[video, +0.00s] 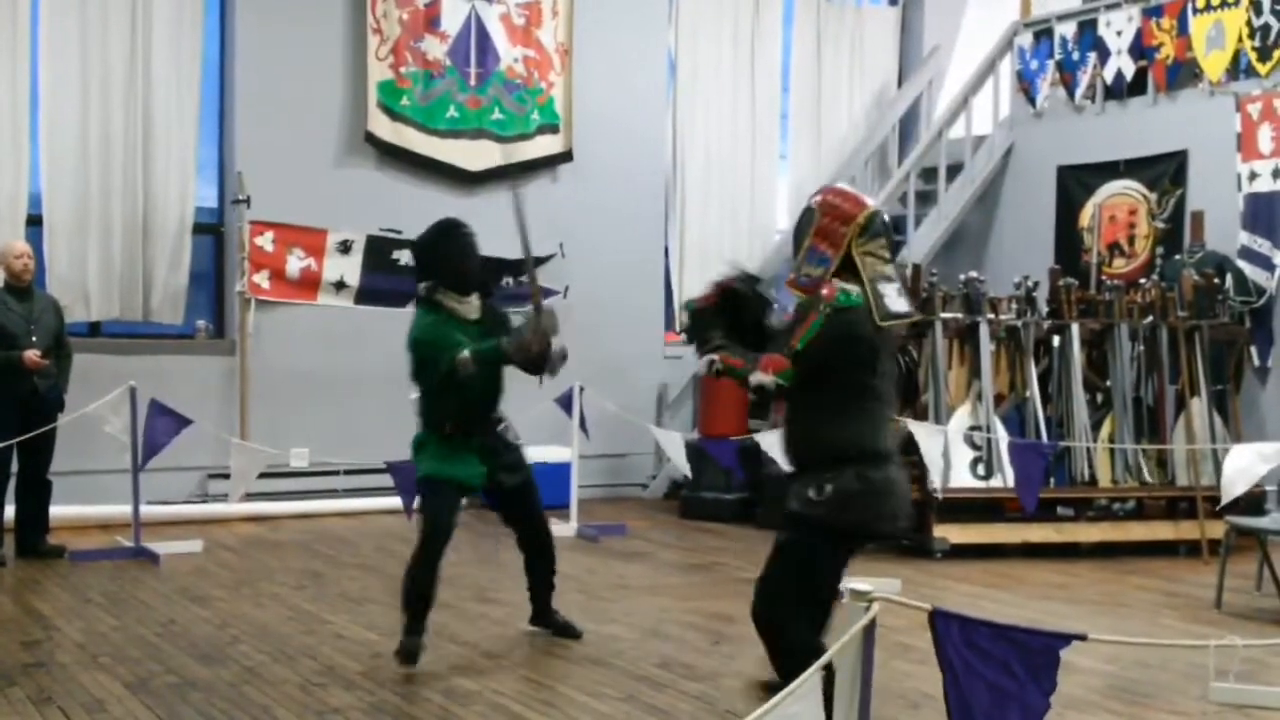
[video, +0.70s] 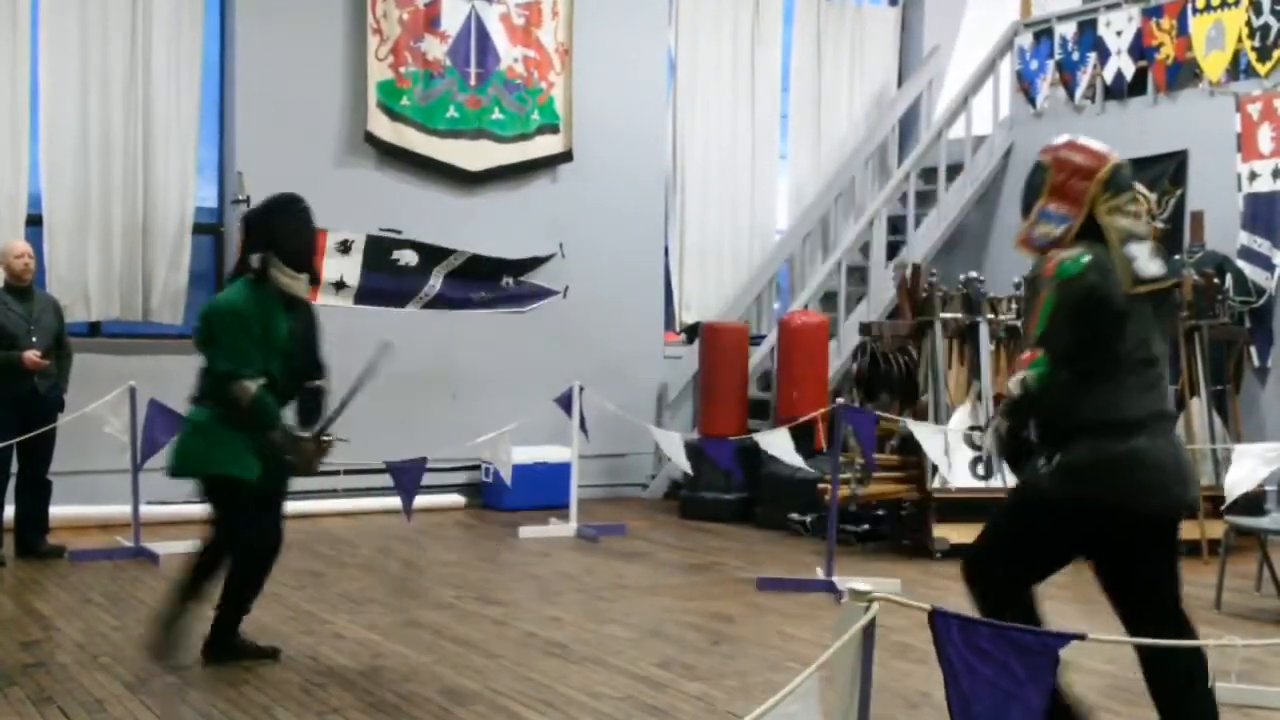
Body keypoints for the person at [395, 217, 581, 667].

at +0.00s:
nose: (476, 264)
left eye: (474, 255)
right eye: (465, 257)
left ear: (471, 260)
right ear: (442, 266)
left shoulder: (487, 314)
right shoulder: (428, 327)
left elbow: (518, 355)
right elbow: (455, 365)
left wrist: (541, 351)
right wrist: (508, 349)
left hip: (491, 437)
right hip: (444, 444)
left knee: (534, 528)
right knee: (435, 535)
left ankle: (542, 610)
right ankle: (413, 631)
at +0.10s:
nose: (454, 271)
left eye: (452, 264)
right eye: (445, 264)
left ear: (445, 273)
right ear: (424, 272)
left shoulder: (463, 324)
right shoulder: (404, 332)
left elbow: (497, 357)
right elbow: (451, 355)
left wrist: (532, 346)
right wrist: (509, 317)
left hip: (453, 453)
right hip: (406, 456)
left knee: (503, 530)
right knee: (416, 544)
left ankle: (527, 612)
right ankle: (406, 652)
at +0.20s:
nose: (431, 271)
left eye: (430, 262)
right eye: (421, 263)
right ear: (396, 271)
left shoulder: (426, 320)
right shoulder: (379, 328)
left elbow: (459, 342)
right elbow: (431, 343)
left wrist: (493, 347)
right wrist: (497, 320)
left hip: (418, 456)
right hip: (376, 458)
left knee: (480, 526)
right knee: (408, 537)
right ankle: (402, 652)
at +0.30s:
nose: (407, 265)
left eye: (404, 256)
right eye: (395, 257)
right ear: (371, 269)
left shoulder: (410, 326)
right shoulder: (351, 322)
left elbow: (439, 394)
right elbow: (386, 345)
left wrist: (453, 379)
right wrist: (435, 352)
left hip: (391, 452)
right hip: (353, 454)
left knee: (431, 540)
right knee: (402, 545)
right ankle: (379, 656)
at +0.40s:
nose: (378, 266)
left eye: (378, 256)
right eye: (368, 257)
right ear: (344, 264)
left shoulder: (383, 327)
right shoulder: (321, 325)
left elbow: (399, 386)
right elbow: (353, 378)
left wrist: (403, 409)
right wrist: (388, 392)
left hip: (363, 453)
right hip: (331, 455)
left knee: (369, 555)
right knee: (376, 550)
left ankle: (273, 600)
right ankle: (374, 663)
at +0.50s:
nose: (352, 255)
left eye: (352, 245)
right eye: (344, 245)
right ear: (323, 250)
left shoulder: (354, 315)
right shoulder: (288, 315)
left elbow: (370, 373)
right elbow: (305, 386)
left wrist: (368, 416)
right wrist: (344, 427)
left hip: (332, 449)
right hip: (296, 450)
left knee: (314, 554)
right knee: (327, 552)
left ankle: (239, 618)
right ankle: (360, 649)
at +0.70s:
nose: (311, 247)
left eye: (310, 236)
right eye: (302, 236)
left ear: (273, 244)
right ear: (279, 243)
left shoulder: (297, 309)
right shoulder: (235, 306)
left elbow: (310, 378)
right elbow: (237, 386)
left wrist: (310, 430)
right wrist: (284, 435)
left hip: (265, 444)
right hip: (221, 439)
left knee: (262, 540)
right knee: (231, 531)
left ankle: (224, 636)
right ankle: (171, 620)